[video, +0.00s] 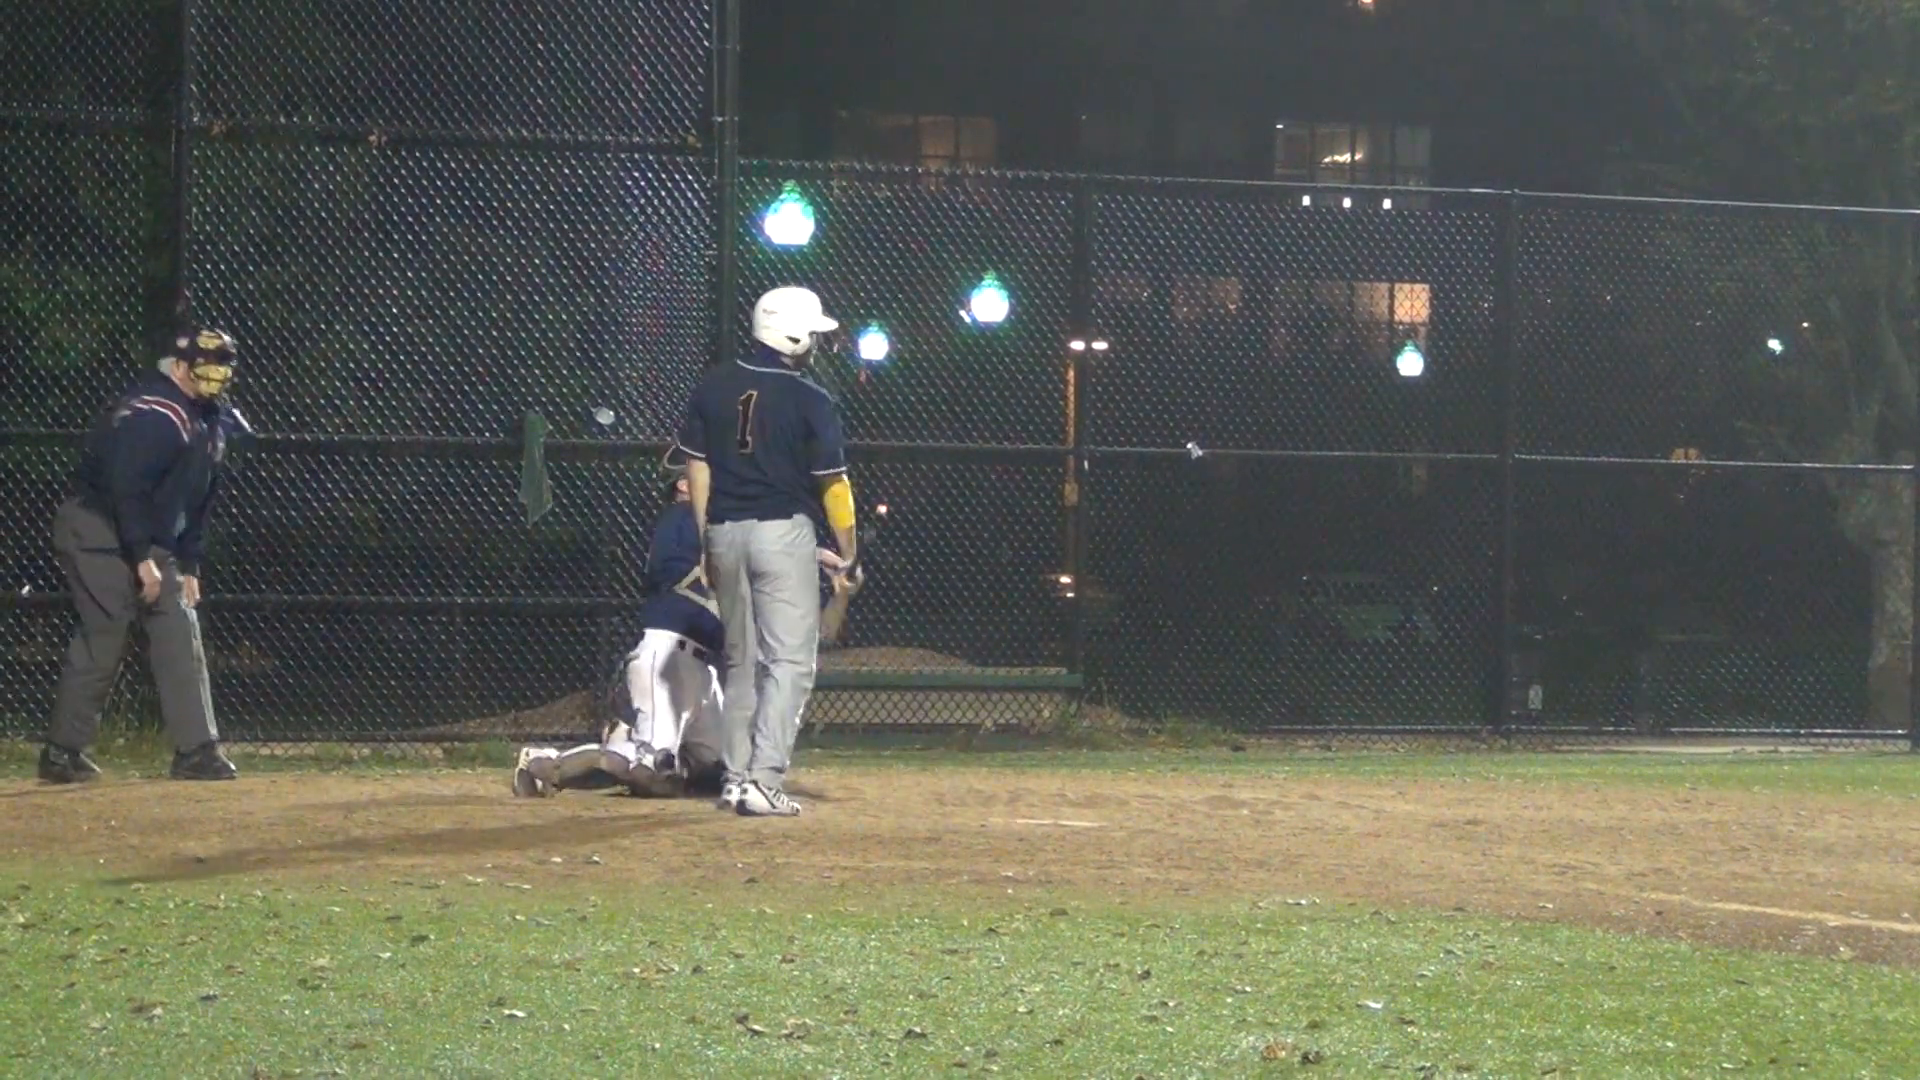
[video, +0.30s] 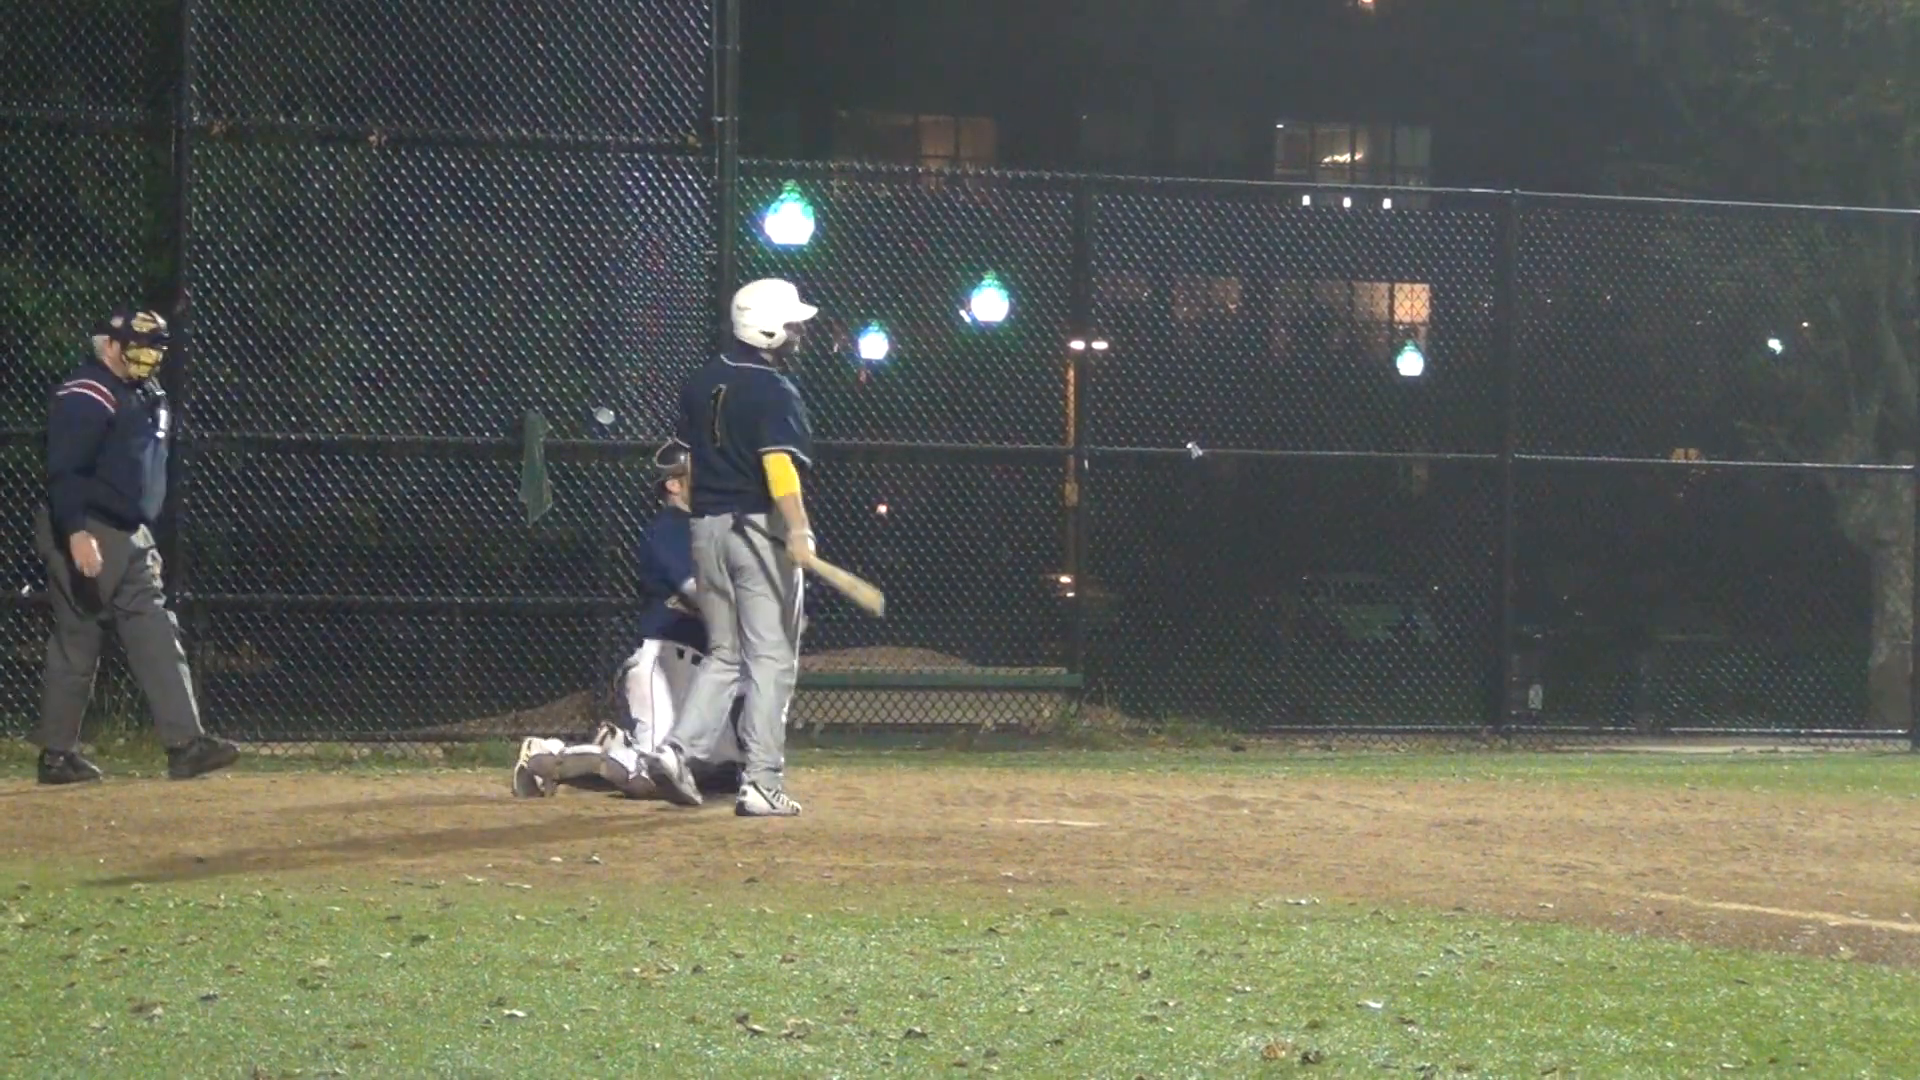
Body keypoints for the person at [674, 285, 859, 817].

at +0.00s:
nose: (816, 343)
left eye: (815, 335)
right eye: (812, 335)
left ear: (760, 331)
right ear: (796, 337)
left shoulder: (713, 385)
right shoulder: (811, 397)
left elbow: (698, 468)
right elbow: (834, 486)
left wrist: (707, 542)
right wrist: (849, 555)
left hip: (723, 535)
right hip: (784, 536)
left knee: (740, 657)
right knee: (790, 660)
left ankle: (737, 775)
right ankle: (764, 782)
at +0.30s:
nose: (799, 334)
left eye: (797, 325)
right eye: (792, 326)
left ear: (743, 326)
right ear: (769, 330)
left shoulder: (701, 380)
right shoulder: (771, 387)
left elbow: (691, 453)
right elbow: (778, 462)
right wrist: (798, 527)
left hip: (706, 529)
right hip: (756, 528)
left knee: (725, 652)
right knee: (771, 657)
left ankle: (680, 749)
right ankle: (763, 784)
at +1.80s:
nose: (664, 315)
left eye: (661, 307)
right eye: (657, 308)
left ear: (614, 320)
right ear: (639, 316)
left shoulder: (596, 375)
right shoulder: (647, 375)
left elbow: (645, 456)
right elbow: (669, 458)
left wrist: (712, 452)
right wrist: (712, 480)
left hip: (600, 524)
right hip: (644, 528)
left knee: (624, 655)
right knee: (639, 658)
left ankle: (637, 776)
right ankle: (617, 787)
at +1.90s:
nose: (665, 315)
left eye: (662, 307)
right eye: (658, 308)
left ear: (617, 318)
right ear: (637, 316)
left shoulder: (596, 374)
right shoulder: (643, 376)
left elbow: (640, 456)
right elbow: (661, 459)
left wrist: (709, 440)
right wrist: (706, 486)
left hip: (599, 525)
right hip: (642, 527)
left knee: (626, 654)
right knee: (640, 656)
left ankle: (637, 775)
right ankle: (617, 787)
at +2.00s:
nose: (666, 315)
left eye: (663, 307)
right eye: (659, 308)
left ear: (615, 319)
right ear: (640, 316)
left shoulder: (597, 374)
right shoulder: (640, 376)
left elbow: (638, 454)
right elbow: (652, 462)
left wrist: (709, 431)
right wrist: (694, 501)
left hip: (601, 524)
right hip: (641, 527)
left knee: (624, 654)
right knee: (638, 657)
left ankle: (635, 773)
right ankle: (617, 786)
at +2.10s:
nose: (667, 315)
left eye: (664, 307)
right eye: (660, 308)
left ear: (616, 318)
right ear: (642, 316)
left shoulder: (598, 373)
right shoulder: (639, 374)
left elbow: (649, 449)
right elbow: (642, 459)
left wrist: (707, 423)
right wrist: (678, 502)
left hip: (600, 525)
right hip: (641, 527)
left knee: (622, 655)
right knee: (638, 658)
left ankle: (635, 772)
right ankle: (617, 786)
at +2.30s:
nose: (670, 315)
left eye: (668, 307)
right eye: (664, 308)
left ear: (617, 316)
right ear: (648, 315)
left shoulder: (602, 371)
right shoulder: (638, 371)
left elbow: (651, 450)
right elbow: (628, 439)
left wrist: (704, 417)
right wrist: (669, 493)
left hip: (600, 526)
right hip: (637, 529)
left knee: (627, 656)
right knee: (638, 658)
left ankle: (634, 776)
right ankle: (617, 788)